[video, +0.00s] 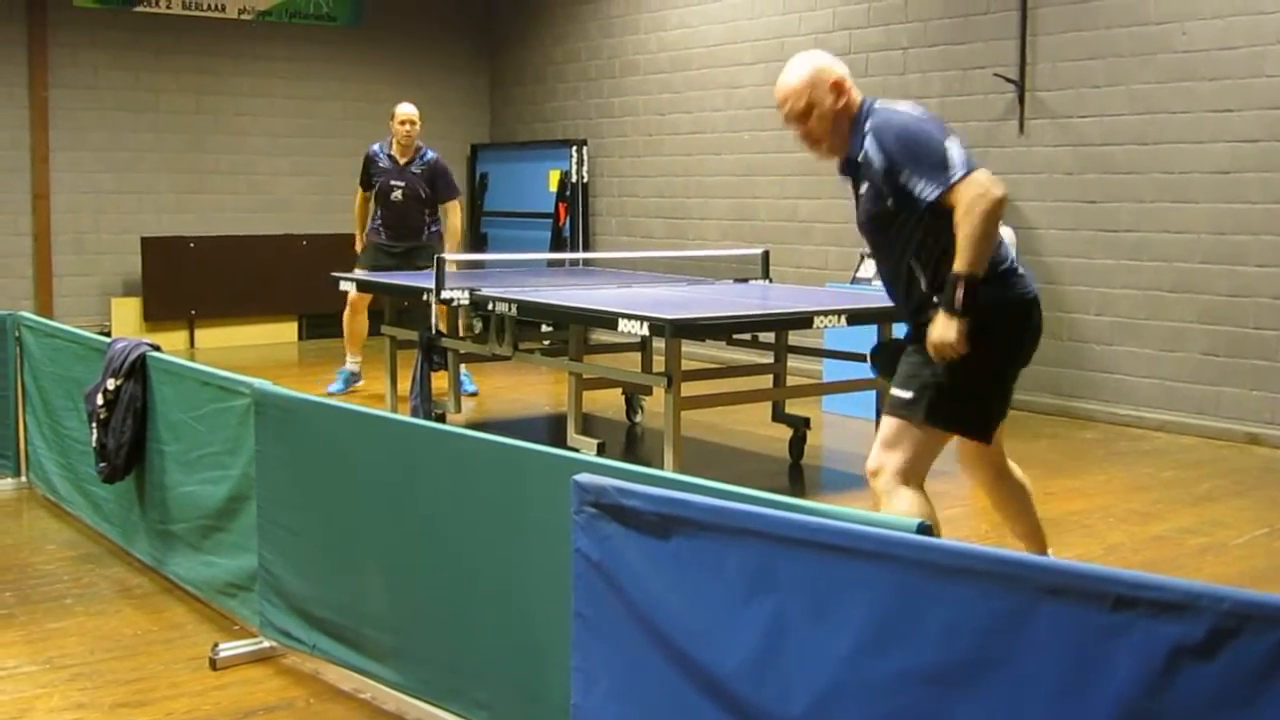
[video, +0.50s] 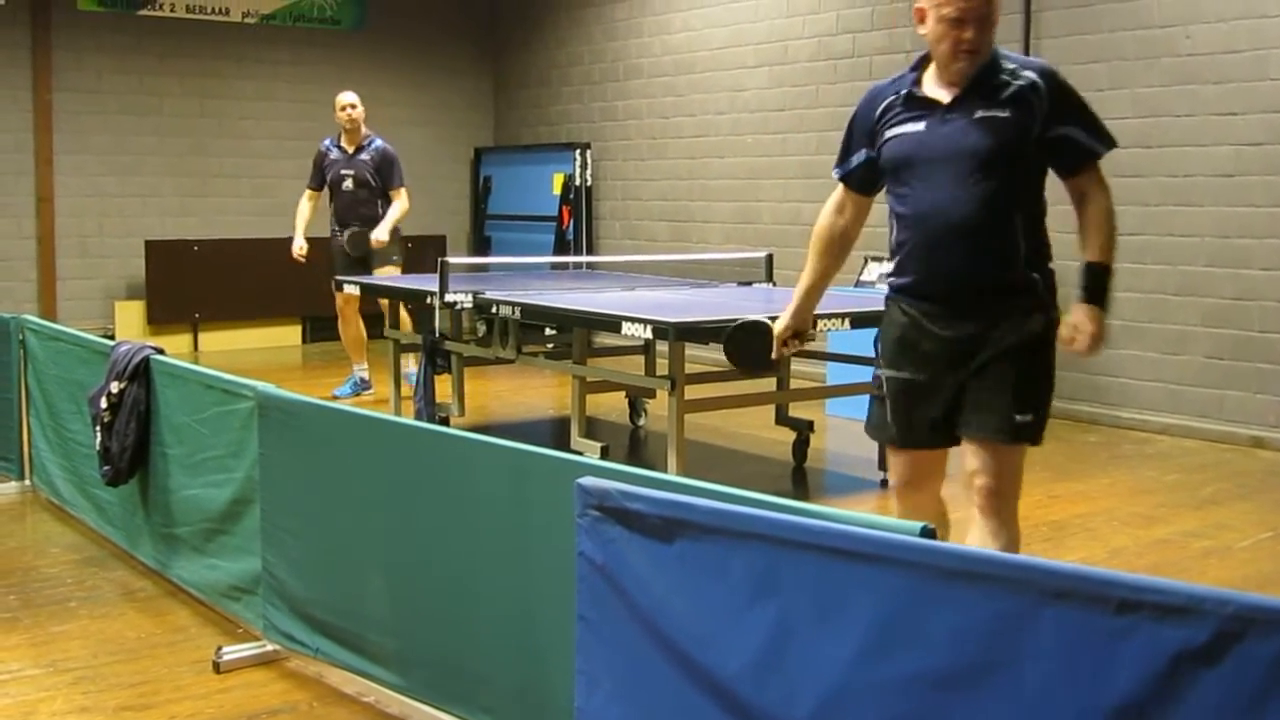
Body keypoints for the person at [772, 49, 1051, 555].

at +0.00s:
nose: (798, 132)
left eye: (803, 114)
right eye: (790, 121)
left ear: (839, 92)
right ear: (837, 98)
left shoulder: (890, 128)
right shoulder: (866, 148)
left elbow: (981, 194)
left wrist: (954, 304)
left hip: (973, 312)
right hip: (993, 310)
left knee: (891, 471)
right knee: (980, 455)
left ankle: (923, 611)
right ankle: (1044, 571)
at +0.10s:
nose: (825, 85)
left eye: (833, 67)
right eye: (814, 75)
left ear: (870, 46)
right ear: (805, 73)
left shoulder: (925, 90)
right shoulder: (860, 126)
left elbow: (1012, 170)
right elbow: (903, 224)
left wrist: (965, 273)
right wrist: (888, 295)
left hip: (978, 286)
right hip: (937, 290)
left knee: (915, 456)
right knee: (963, 460)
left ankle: (922, 615)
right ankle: (1001, 596)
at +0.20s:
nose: (861, 59)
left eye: (870, 42)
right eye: (848, 48)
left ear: (903, 24)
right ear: (836, 45)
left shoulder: (960, 77)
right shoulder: (864, 105)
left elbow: (1032, 174)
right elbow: (870, 208)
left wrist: (981, 273)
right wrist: (848, 289)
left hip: (977, 285)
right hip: (912, 291)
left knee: (936, 456)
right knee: (927, 455)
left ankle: (946, 615)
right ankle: (943, 604)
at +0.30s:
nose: (900, 54)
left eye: (910, 37)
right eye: (885, 41)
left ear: (936, 27)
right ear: (866, 41)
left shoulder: (985, 90)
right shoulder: (867, 115)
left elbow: (1048, 194)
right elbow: (847, 213)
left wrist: (1005, 288)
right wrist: (810, 307)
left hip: (980, 313)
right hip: (903, 315)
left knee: (951, 472)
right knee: (921, 473)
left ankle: (967, 620)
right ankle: (935, 612)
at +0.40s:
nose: (934, 48)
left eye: (944, 31)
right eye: (919, 34)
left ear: (966, 19)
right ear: (892, 31)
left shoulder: (1011, 92)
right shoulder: (871, 115)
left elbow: (1067, 197)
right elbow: (837, 217)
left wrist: (1045, 292)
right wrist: (798, 313)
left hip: (992, 319)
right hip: (907, 321)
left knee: (971, 481)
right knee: (921, 477)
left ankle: (977, 624)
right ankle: (939, 617)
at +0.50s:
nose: (970, 35)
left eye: (982, 20)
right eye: (955, 21)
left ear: (998, 17)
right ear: (920, 18)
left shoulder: (1035, 91)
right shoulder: (882, 105)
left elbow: (1090, 191)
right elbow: (843, 210)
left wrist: (1093, 297)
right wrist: (799, 309)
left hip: (1009, 322)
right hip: (915, 321)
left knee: (990, 486)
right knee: (909, 483)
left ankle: (991, 628)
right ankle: (922, 619)